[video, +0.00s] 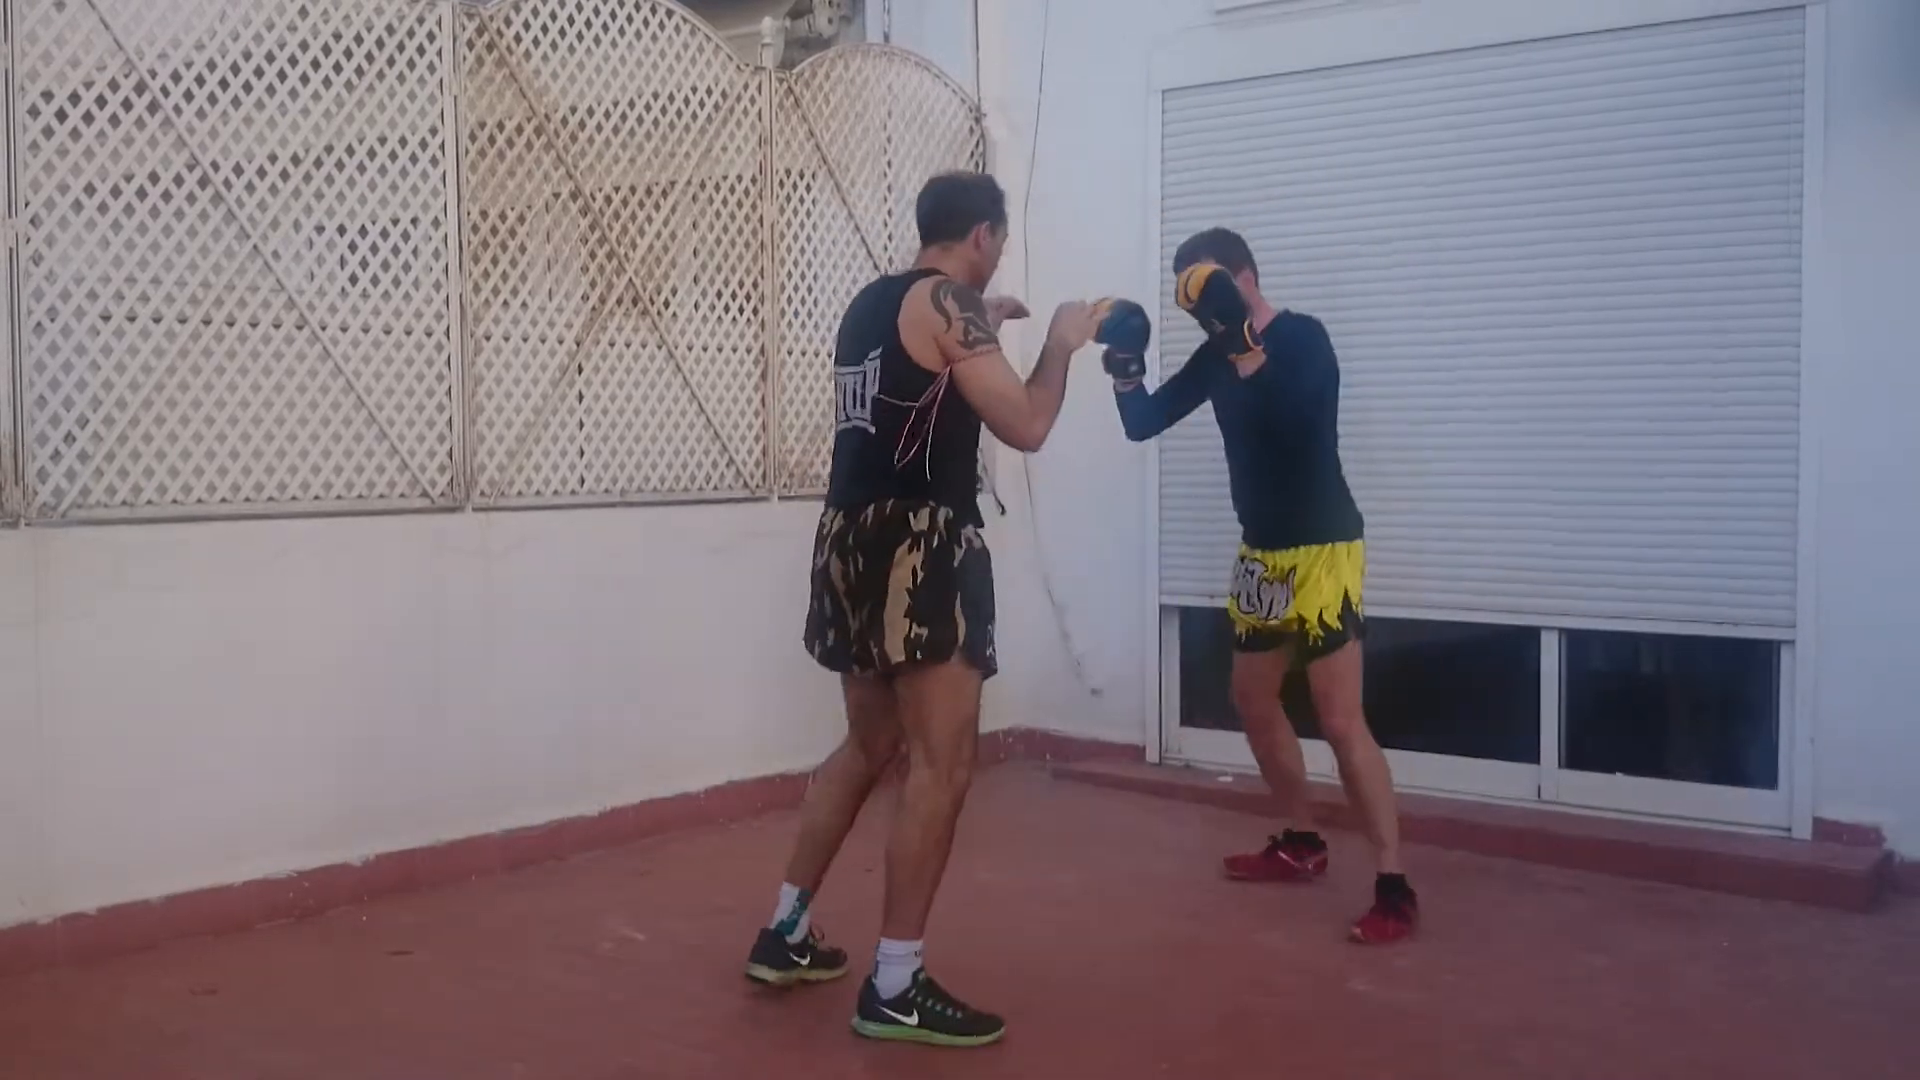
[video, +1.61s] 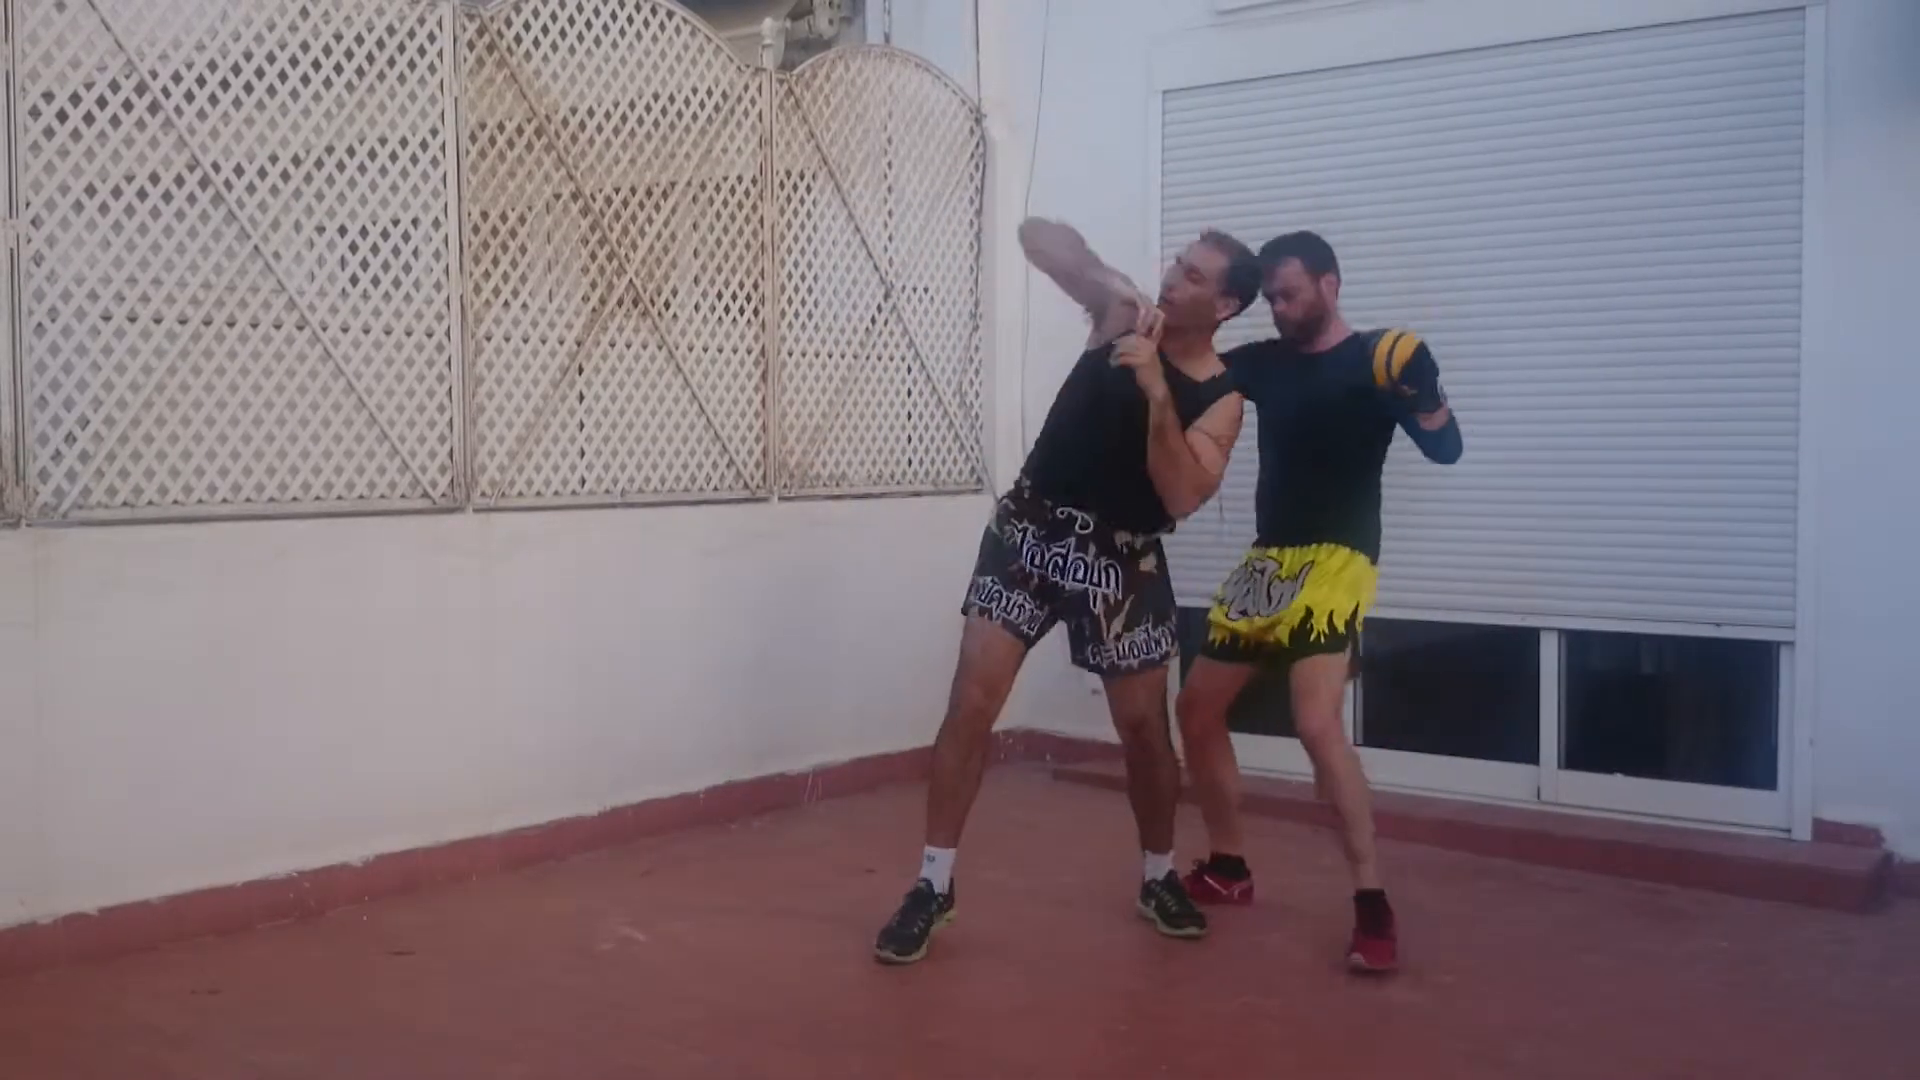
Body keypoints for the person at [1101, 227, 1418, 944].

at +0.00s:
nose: (1209, 302)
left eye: (1217, 286)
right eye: (1198, 294)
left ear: (1251, 276)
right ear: (1197, 301)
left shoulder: (1301, 334)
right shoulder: (1212, 359)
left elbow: (1301, 416)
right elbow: (1141, 423)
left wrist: (1247, 345)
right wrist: (1124, 366)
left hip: (1325, 548)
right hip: (1261, 551)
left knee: (1341, 720)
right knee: (1253, 700)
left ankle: (1392, 883)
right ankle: (1301, 841)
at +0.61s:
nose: (1245, 314)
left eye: (1256, 300)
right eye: (1235, 304)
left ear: (1290, 294)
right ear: (1226, 305)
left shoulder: (1324, 356)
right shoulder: (1220, 371)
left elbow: (1378, 416)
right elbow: (1144, 401)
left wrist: (1346, 362)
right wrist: (1143, 336)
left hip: (1317, 566)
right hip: (1241, 568)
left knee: (1350, 717)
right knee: (1175, 711)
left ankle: (1439, 839)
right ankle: (1225, 867)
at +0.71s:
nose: (1226, 309)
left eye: (1237, 295)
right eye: (1214, 298)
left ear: (1270, 286)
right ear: (1205, 297)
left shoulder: (1310, 361)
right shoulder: (1197, 367)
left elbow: (1385, 408)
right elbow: (1100, 409)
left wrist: (1426, 403)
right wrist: (1111, 335)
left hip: (1288, 544)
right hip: (1218, 554)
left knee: (1293, 690)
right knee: (1171, 709)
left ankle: (1340, 863)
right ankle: (1224, 867)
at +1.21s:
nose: (1197, 295)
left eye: (1208, 286)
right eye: (1199, 285)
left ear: (1236, 304)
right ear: (1220, 311)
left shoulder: (1307, 371)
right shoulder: (1199, 372)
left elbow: (1389, 418)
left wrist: (1384, 342)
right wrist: (1165, 308)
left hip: (1270, 550)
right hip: (1199, 554)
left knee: (1246, 712)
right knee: (1168, 727)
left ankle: (1253, 901)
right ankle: (1226, 860)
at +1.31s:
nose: (1226, 309)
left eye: (1236, 297)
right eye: (1220, 298)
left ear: (1271, 301)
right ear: (1217, 307)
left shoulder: (1324, 369)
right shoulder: (1216, 375)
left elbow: (1396, 437)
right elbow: (1179, 477)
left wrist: (1388, 361)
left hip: (1275, 556)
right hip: (1207, 556)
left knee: (1248, 713)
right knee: (1170, 725)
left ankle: (1254, 905)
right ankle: (1227, 864)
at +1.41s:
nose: (1256, 317)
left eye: (1265, 304)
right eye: (1246, 307)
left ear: (1286, 302)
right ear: (1231, 310)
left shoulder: (1341, 373)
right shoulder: (1229, 370)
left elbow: (1409, 448)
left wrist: (1406, 380)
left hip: (1288, 556)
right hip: (1220, 554)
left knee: (1256, 718)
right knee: (1177, 726)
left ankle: (1257, 907)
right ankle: (1228, 861)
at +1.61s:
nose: (1277, 309)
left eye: (1287, 295)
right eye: (1270, 298)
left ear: (1329, 286)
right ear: (1266, 300)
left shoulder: (1380, 360)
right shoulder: (1262, 361)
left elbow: (1446, 450)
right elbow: (1183, 393)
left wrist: (1424, 398)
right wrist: (1141, 338)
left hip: (1337, 557)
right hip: (1267, 556)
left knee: (1316, 722)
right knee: (1198, 711)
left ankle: (1370, 903)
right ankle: (1227, 866)